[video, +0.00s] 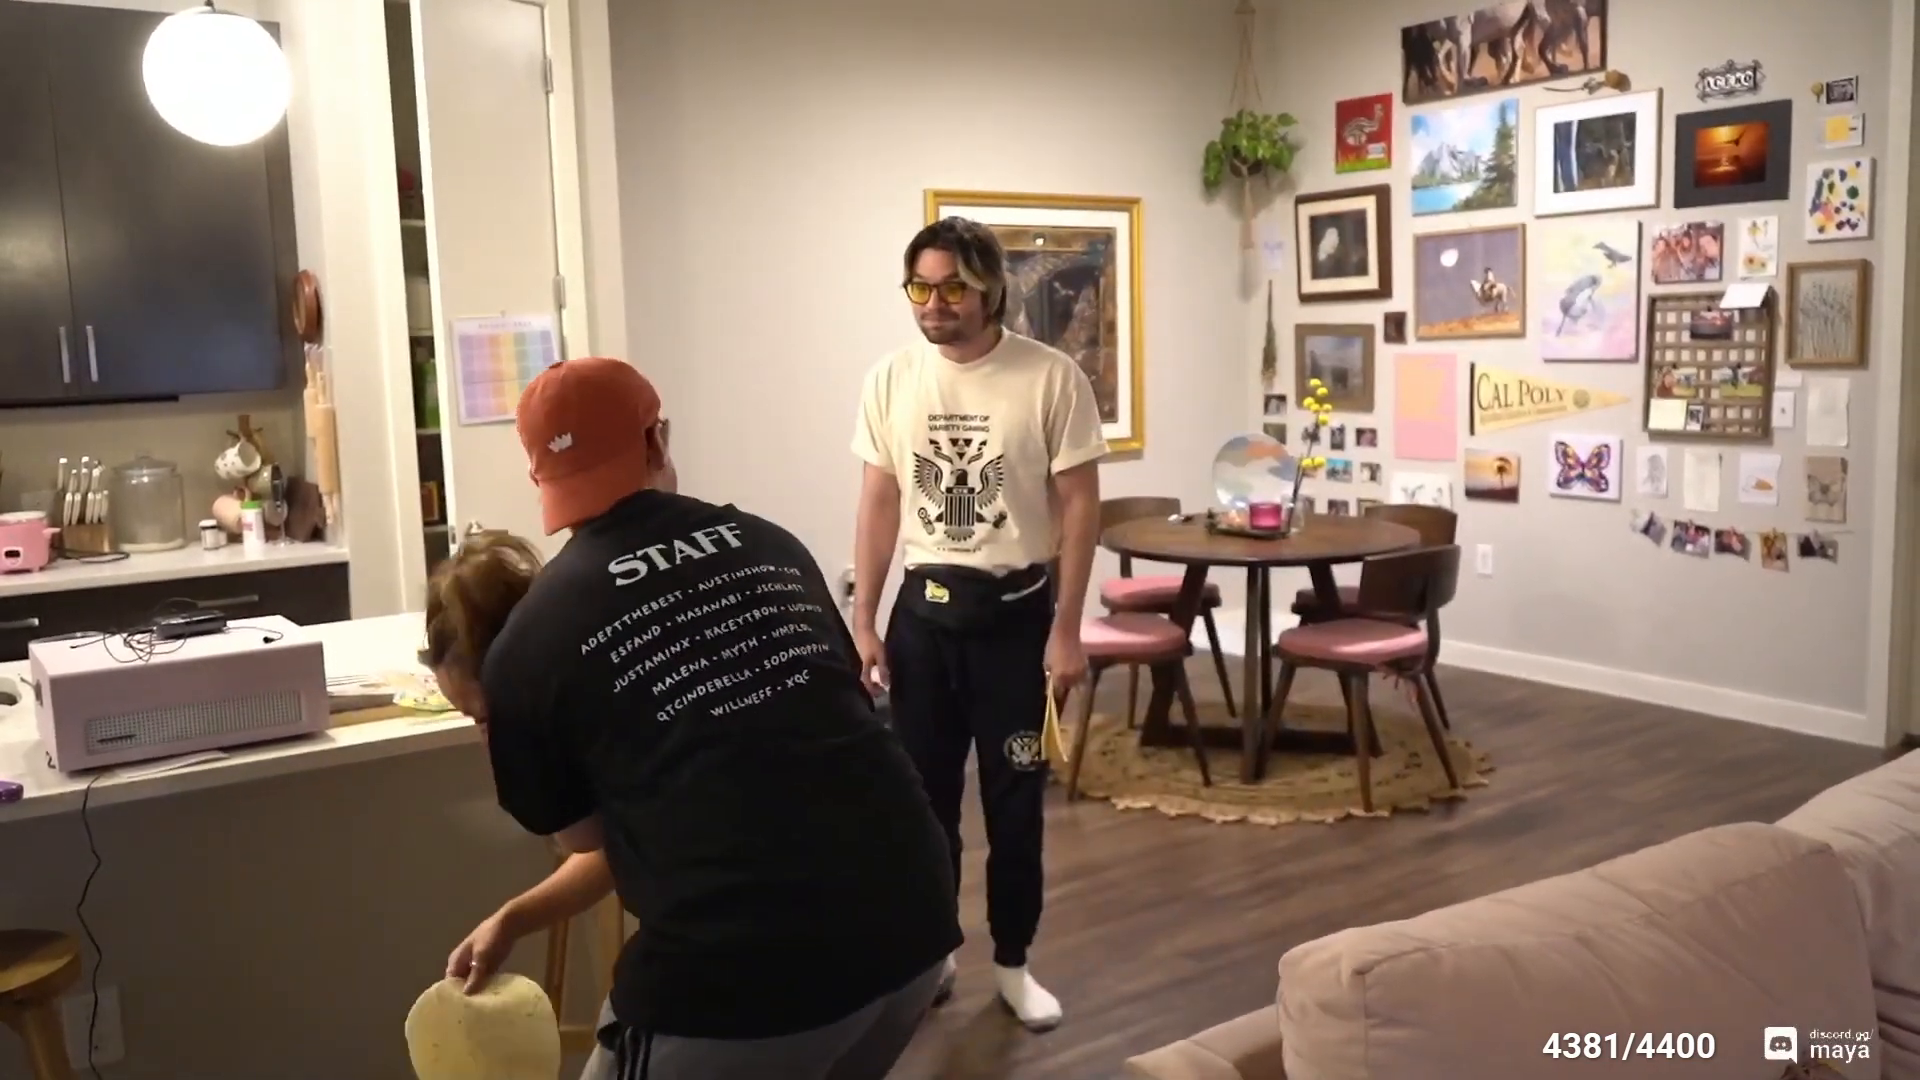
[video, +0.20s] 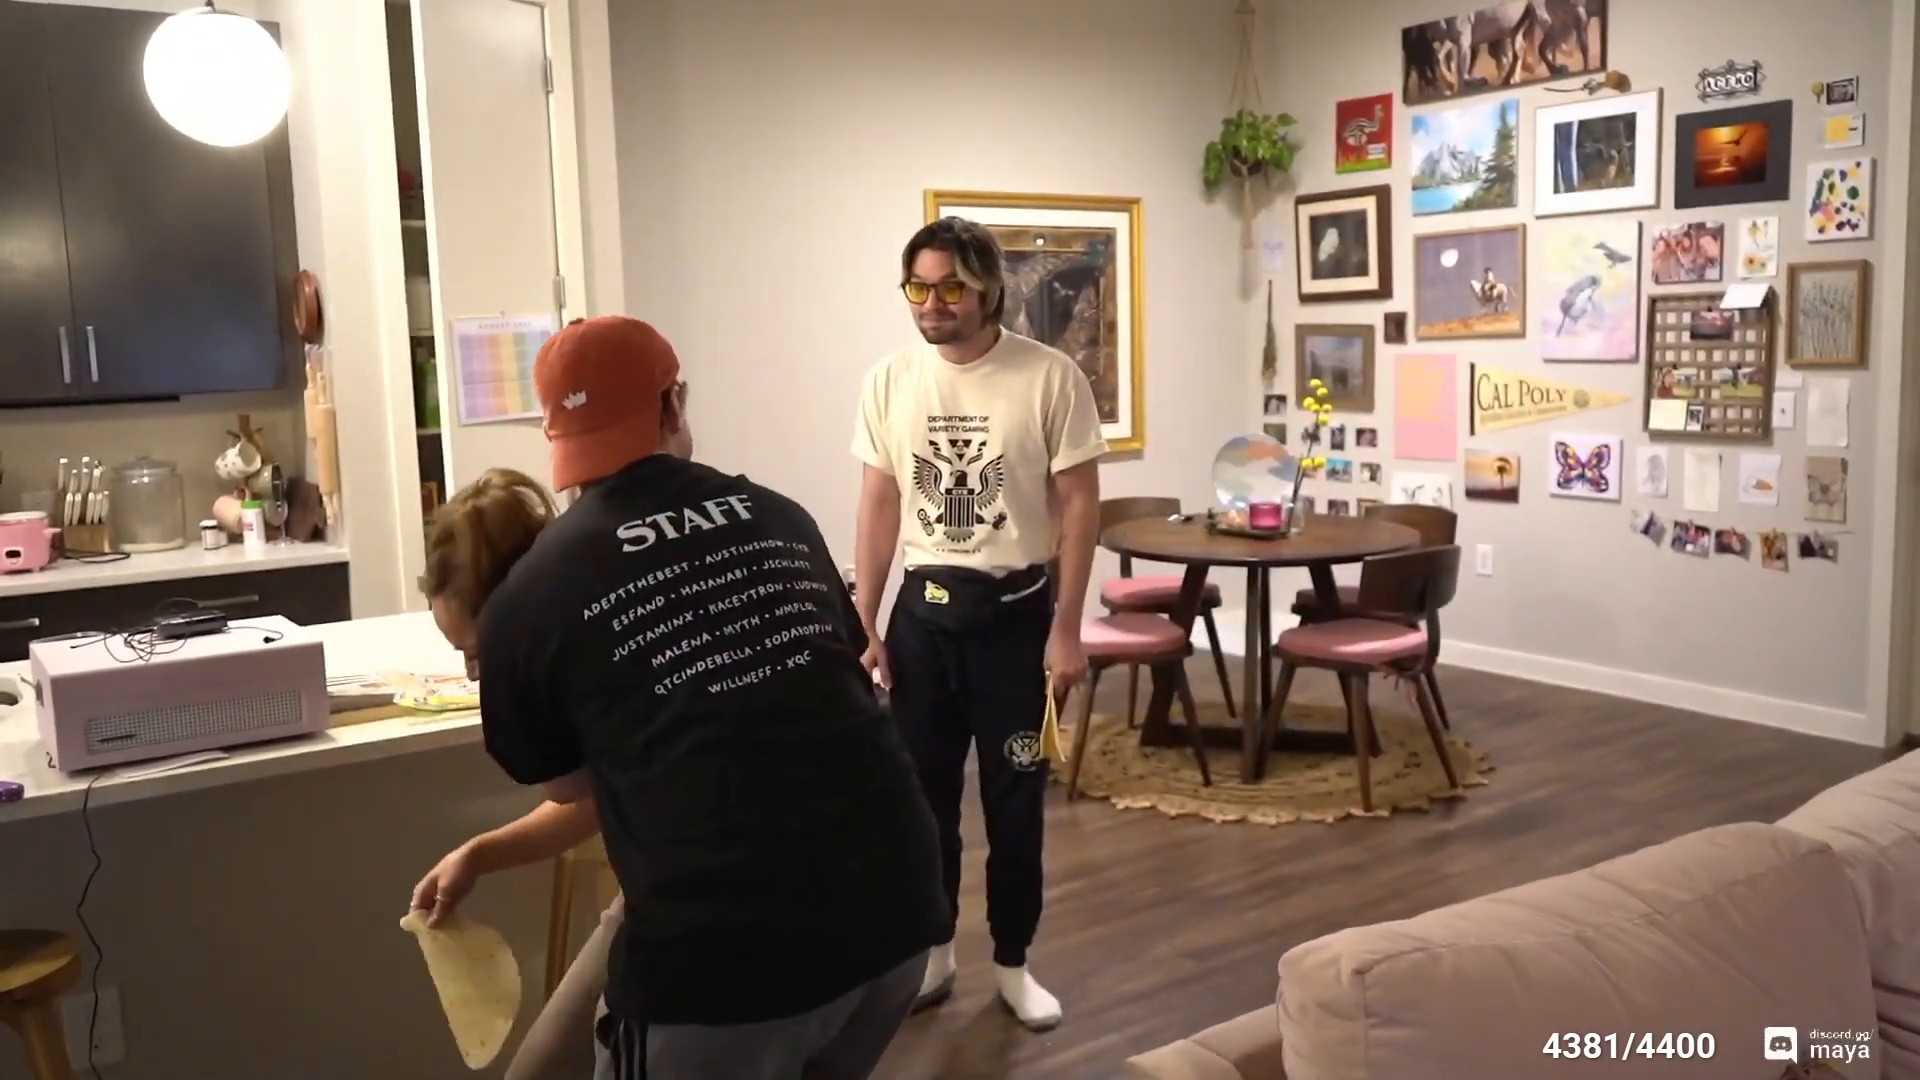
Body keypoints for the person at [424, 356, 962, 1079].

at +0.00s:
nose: (671, 445)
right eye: (667, 433)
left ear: (540, 475)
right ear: (657, 438)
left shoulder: (530, 641)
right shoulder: (768, 540)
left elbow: (583, 838)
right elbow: (843, 704)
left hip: (741, 983)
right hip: (910, 934)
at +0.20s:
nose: (686, 408)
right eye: (683, 396)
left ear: (553, 431)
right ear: (673, 401)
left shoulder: (528, 600)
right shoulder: (780, 514)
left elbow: (570, 786)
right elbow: (848, 677)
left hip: (723, 960)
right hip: (896, 916)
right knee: (831, 1067)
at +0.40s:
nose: (693, 381)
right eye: (692, 366)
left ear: (558, 390)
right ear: (681, 370)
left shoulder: (527, 554)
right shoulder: (778, 489)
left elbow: (540, 783)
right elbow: (835, 677)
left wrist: (428, 799)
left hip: (699, 907)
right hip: (874, 879)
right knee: (809, 1068)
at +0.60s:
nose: (691, 369)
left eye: (685, 351)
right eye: (688, 350)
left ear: (556, 368)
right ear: (672, 355)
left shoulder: (502, 530)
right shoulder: (762, 481)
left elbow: (518, 729)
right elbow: (811, 650)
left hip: (636, 910)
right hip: (818, 881)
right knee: (784, 1068)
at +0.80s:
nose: (656, 381)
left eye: (652, 360)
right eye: (652, 361)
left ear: (523, 382)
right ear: (635, 368)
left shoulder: (460, 536)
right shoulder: (728, 489)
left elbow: (472, 753)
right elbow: (782, 674)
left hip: (599, 906)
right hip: (787, 877)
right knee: (742, 1069)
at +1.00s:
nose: (643, 367)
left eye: (637, 347)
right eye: (638, 348)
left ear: (504, 372)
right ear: (623, 354)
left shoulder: (446, 532)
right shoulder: (719, 483)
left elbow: (446, 763)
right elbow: (750, 682)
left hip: (588, 922)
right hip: (779, 890)